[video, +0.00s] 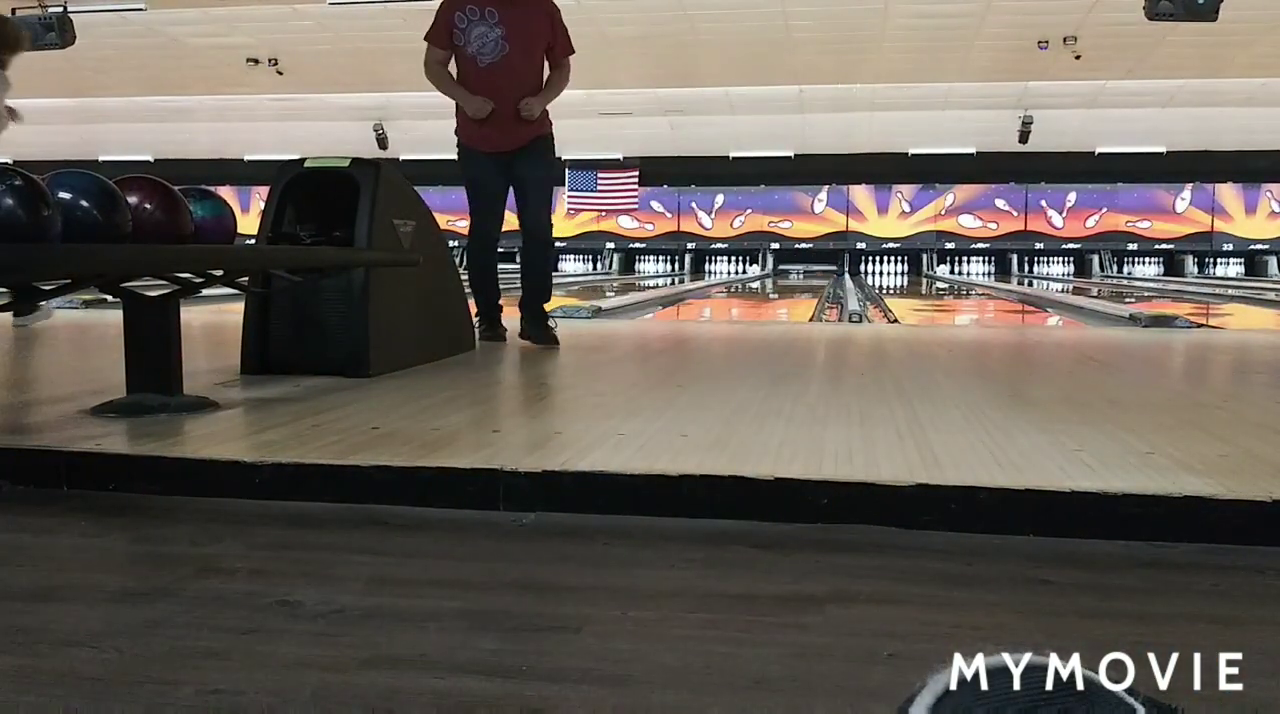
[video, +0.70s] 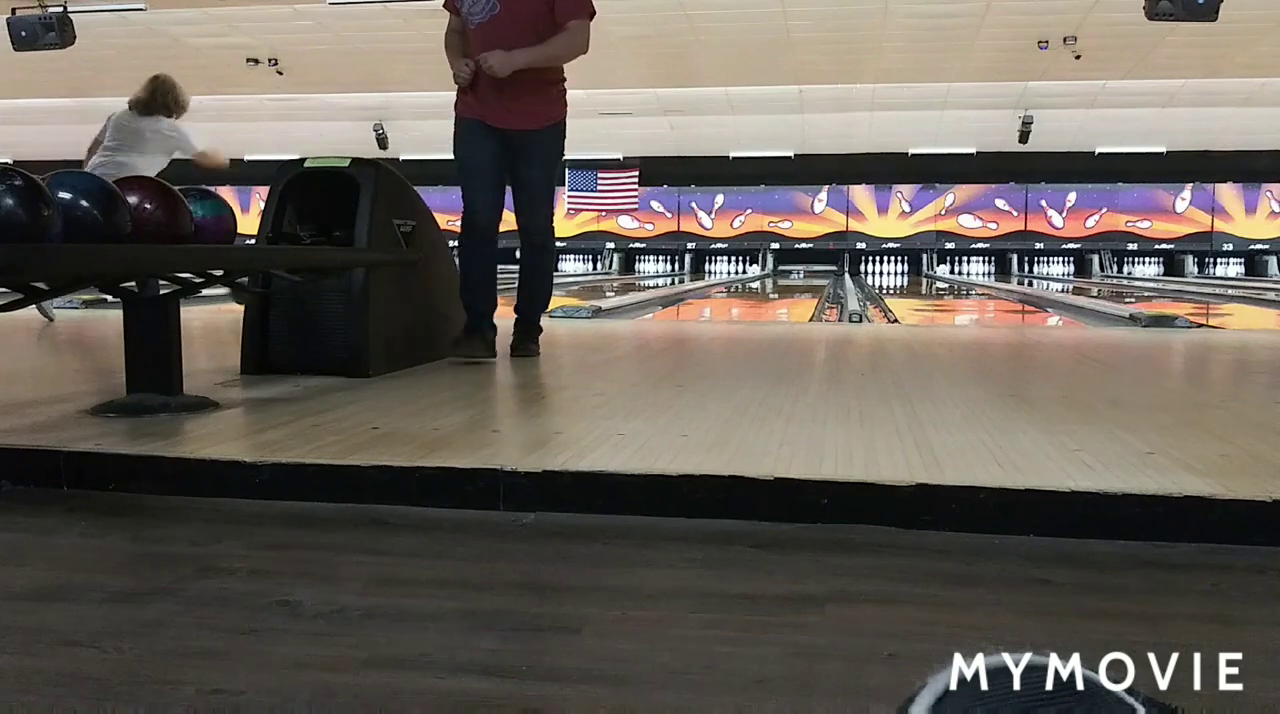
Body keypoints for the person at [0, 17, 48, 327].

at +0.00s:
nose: (7, 81)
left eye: (5, 68)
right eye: (4, 68)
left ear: (8, 56)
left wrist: (2, 110)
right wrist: (3, 110)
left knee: (10, 213)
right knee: (8, 213)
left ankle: (26, 296)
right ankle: (25, 296)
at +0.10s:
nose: (50, 72)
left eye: (52, 66)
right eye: (49, 65)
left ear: (18, 53)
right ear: (39, 62)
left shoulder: (13, 81)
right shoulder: (26, 87)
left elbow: (18, 123)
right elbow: (17, 122)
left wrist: (39, 144)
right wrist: (40, 144)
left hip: (11, 167)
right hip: (9, 170)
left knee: (27, 233)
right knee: (31, 232)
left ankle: (33, 305)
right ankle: (32, 306)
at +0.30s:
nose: (113, 106)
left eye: (116, 101)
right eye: (114, 100)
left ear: (81, 82)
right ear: (104, 95)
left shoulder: (48, 107)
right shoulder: (93, 117)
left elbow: (18, 138)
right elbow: (62, 135)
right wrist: (29, 148)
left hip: (27, 186)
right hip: (57, 192)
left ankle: (35, 301)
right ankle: (46, 301)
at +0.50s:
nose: (154, 106)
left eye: (155, 101)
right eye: (153, 100)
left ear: (116, 91)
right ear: (146, 100)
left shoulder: (89, 114)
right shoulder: (139, 131)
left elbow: (52, 140)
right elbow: (130, 177)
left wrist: (29, 169)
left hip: (67, 183)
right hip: (103, 192)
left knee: (77, 245)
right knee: (128, 249)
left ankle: (46, 294)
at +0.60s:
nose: (169, 106)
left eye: (169, 101)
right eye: (167, 101)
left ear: (131, 93)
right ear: (160, 101)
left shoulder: (105, 117)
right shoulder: (154, 130)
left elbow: (77, 147)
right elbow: (170, 180)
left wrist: (67, 180)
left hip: (81, 185)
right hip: (116, 192)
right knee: (139, 246)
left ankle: (51, 295)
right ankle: (151, 307)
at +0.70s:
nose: (180, 109)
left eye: (180, 103)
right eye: (179, 103)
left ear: (145, 94)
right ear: (173, 102)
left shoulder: (119, 116)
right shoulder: (170, 129)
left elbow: (94, 148)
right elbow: (201, 160)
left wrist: (87, 172)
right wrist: (219, 159)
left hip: (88, 184)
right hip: (121, 193)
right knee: (145, 248)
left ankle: (48, 291)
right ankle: (151, 312)